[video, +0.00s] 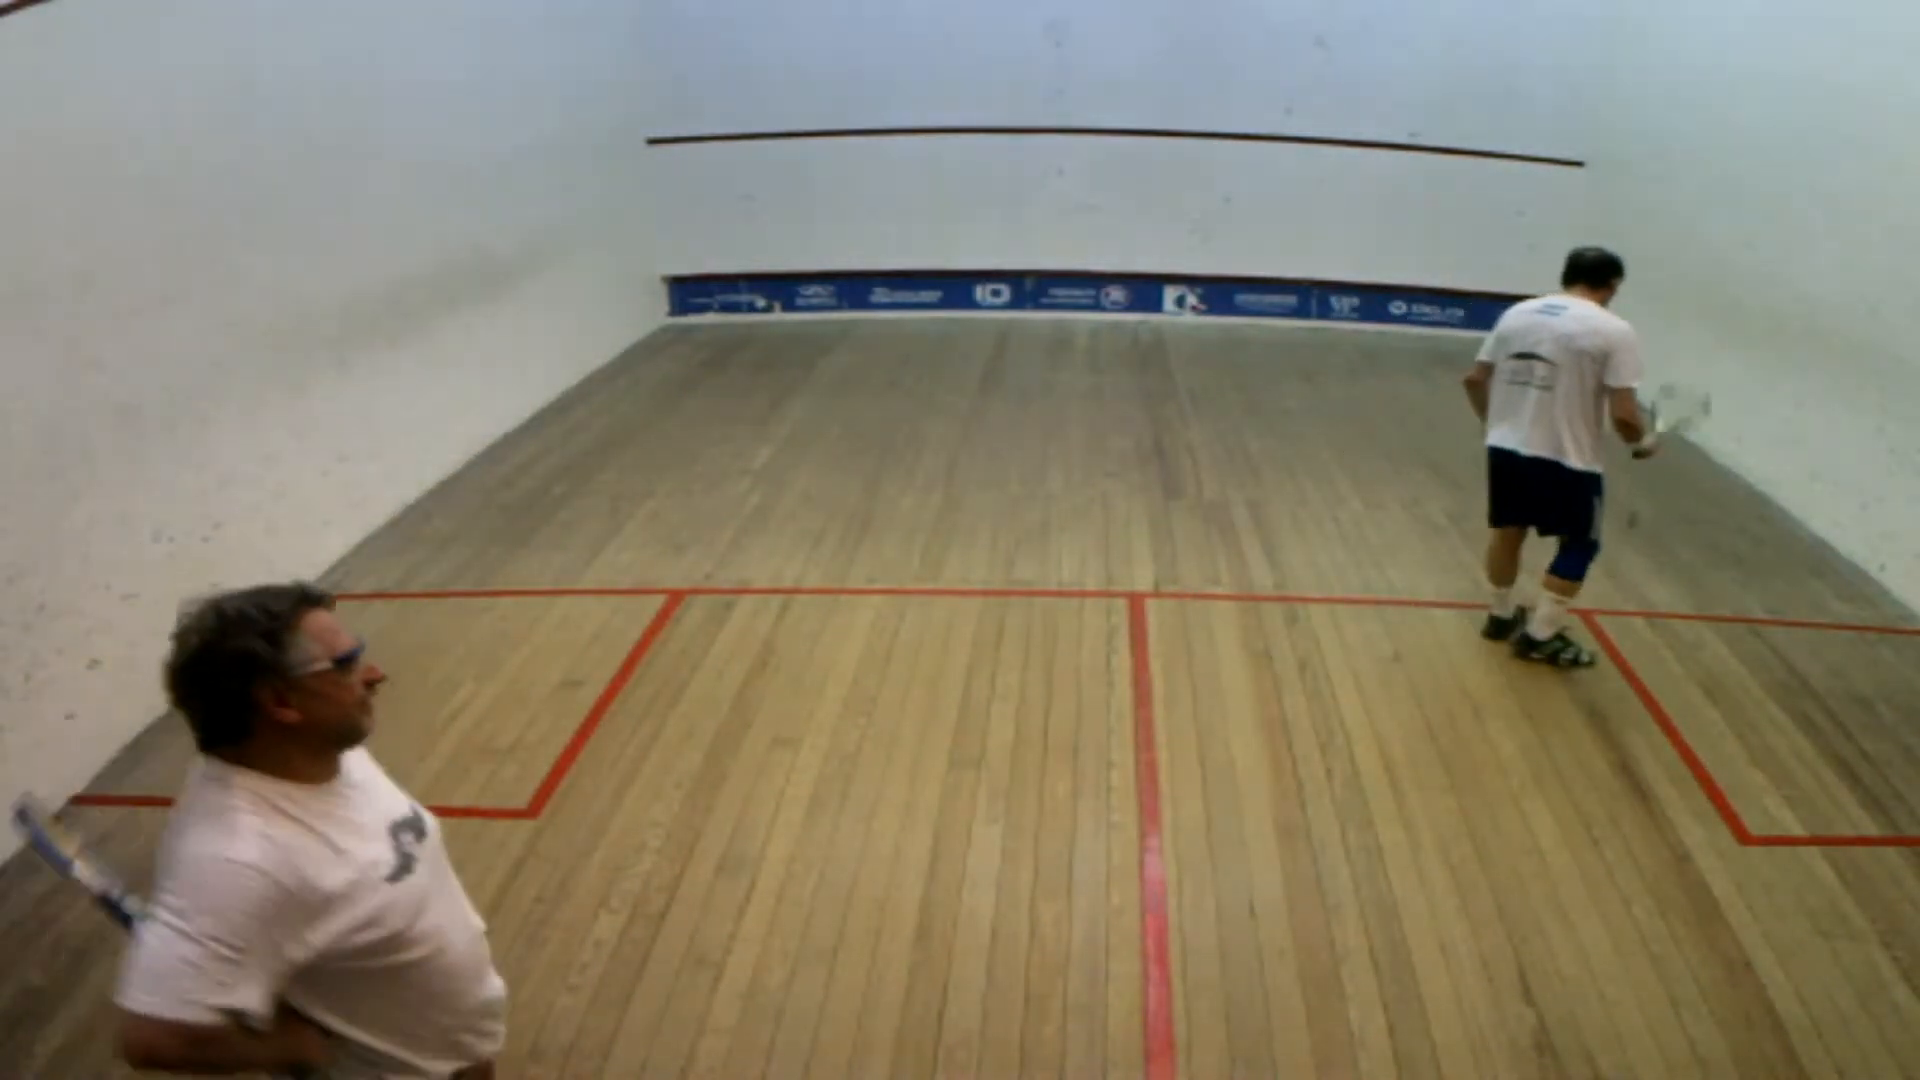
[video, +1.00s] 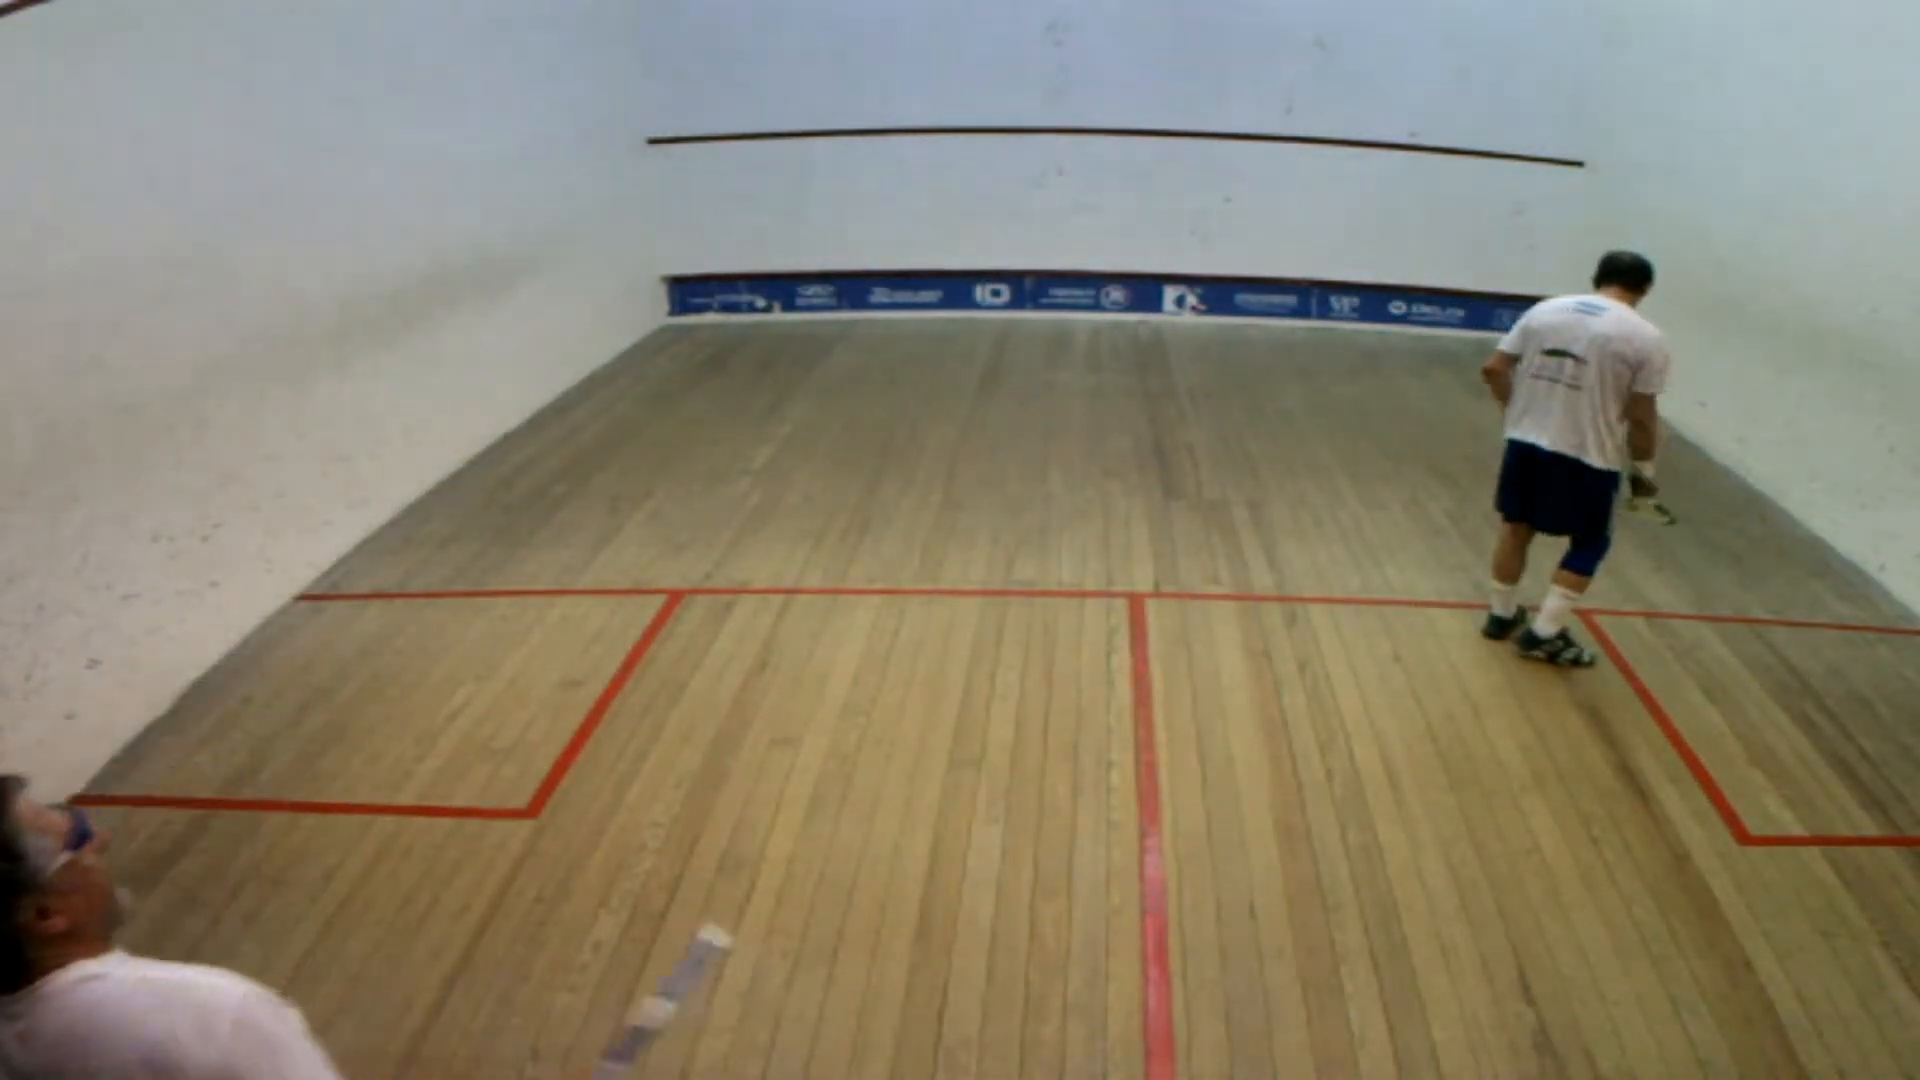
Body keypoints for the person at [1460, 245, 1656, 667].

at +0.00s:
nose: (1612, 298)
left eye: (1613, 292)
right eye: (1614, 291)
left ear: (1567, 280)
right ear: (1608, 288)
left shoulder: (1519, 313)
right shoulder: (1613, 332)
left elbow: (1476, 378)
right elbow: (1624, 416)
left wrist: (1495, 424)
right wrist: (1640, 442)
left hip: (1506, 448)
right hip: (1569, 458)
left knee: (1507, 529)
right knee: (1580, 543)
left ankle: (1500, 614)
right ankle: (1541, 634)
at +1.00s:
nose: (1640, 299)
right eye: (1644, 294)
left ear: (1597, 280)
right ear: (1640, 290)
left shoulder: (1547, 310)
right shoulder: (1644, 337)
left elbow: (1495, 368)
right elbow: (1641, 416)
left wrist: (1520, 413)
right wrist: (1643, 470)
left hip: (1526, 445)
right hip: (1589, 460)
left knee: (1516, 528)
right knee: (1590, 542)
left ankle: (1500, 613)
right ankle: (1545, 630)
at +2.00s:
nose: (1759, 311)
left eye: (1758, 303)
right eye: (1760, 304)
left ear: (1712, 292)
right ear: (1751, 309)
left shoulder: (1672, 324)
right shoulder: (1725, 356)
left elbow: (1672, 391)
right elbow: (1739, 428)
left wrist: (1739, 398)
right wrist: (1807, 408)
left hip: (1614, 450)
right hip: (1672, 477)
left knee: (1572, 526)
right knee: (1663, 558)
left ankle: (1512, 603)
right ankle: (1640, 636)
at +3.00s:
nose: (1607, 320)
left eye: (1612, 313)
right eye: (1610, 312)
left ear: (1627, 321)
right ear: (1658, 320)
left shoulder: (1639, 374)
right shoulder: (1675, 353)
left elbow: (1649, 457)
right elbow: (1590, 382)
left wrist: (1575, 445)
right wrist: (1520, 390)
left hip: (1632, 507)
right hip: (1680, 500)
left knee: (1573, 581)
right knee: (1656, 575)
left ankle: (1633, 673)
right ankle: (1646, 654)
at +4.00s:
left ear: (1304, 384)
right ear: (1374, 397)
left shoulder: (1245, 432)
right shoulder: (1395, 466)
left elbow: (1144, 504)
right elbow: (1439, 566)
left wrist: (1133, 539)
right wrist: (1421, 566)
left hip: (1200, 607)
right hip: (1305, 629)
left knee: (1130, 684)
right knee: (1358, 748)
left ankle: (1075, 796)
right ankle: (1318, 880)